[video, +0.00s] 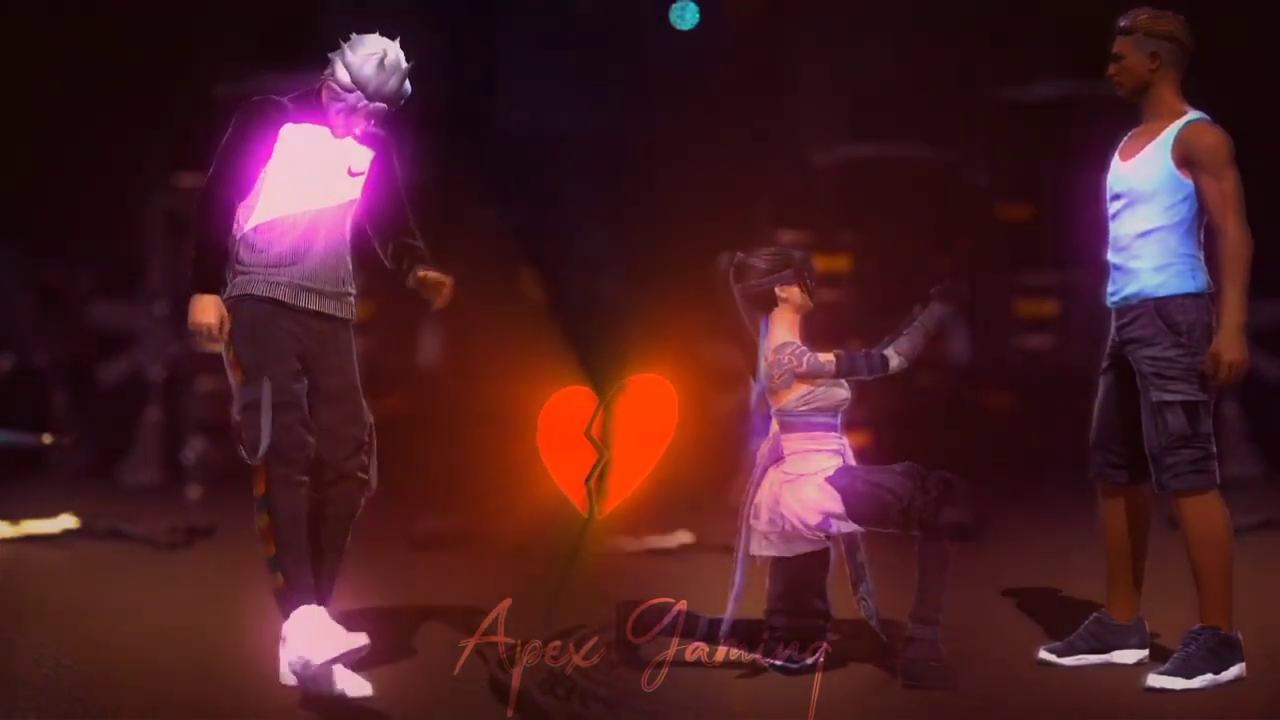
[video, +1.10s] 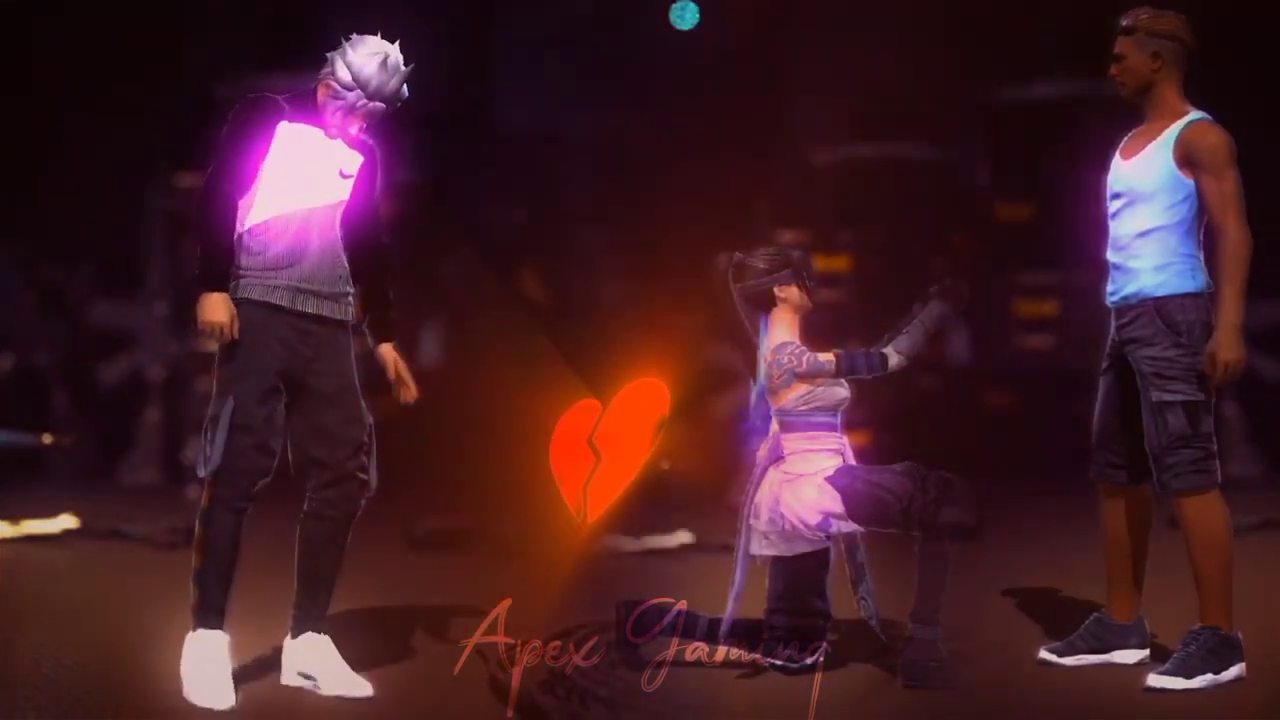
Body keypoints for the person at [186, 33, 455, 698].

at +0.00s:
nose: (359, 122)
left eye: (373, 114)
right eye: (352, 106)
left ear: (387, 108)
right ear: (331, 83)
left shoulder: (380, 146)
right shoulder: (270, 117)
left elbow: (393, 228)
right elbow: (219, 201)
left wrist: (416, 267)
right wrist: (206, 286)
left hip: (333, 317)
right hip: (264, 305)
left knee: (348, 461)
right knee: (287, 454)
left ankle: (308, 618)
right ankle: (300, 615)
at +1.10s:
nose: (354, 122)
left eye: (368, 113)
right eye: (348, 105)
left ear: (382, 109)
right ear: (325, 84)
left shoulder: (372, 154)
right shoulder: (264, 118)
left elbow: (372, 250)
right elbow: (217, 196)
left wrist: (384, 336)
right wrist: (213, 284)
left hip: (335, 327)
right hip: (260, 315)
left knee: (344, 477)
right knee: (239, 469)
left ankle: (306, 639)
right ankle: (207, 636)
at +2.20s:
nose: (348, 116)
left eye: (362, 108)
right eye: (341, 98)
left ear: (375, 107)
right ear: (319, 82)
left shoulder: (369, 157)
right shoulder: (257, 122)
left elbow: (361, 255)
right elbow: (213, 197)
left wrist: (353, 345)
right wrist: (217, 279)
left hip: (325, 333)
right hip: (250, 319)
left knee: (334, 479)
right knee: (208, 473)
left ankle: (307, 637)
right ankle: (172, 625)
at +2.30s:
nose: (344, 115)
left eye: (359, 107)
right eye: (338, 96)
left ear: (372, 107)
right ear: (315, 81)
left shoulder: (364, 154)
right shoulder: (251, 118)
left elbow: (358, 227)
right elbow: (208, 198)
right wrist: (218, 277)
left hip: (319, 331)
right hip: (244, 318)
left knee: (333, 478)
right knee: (203, 471)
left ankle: (306, 637)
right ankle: (169, 623)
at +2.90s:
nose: (340, 111)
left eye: (354, 102)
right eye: (333, 94)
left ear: (365, 98)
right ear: (308, 78)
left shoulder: (362, 150)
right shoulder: (236, 115)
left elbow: (344, 241)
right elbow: (189, 197)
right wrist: (210, 269)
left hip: (307, 329)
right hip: (227, 319)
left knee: (321, 477)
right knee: (188, 470)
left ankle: (304, 639)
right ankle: (161, 623)